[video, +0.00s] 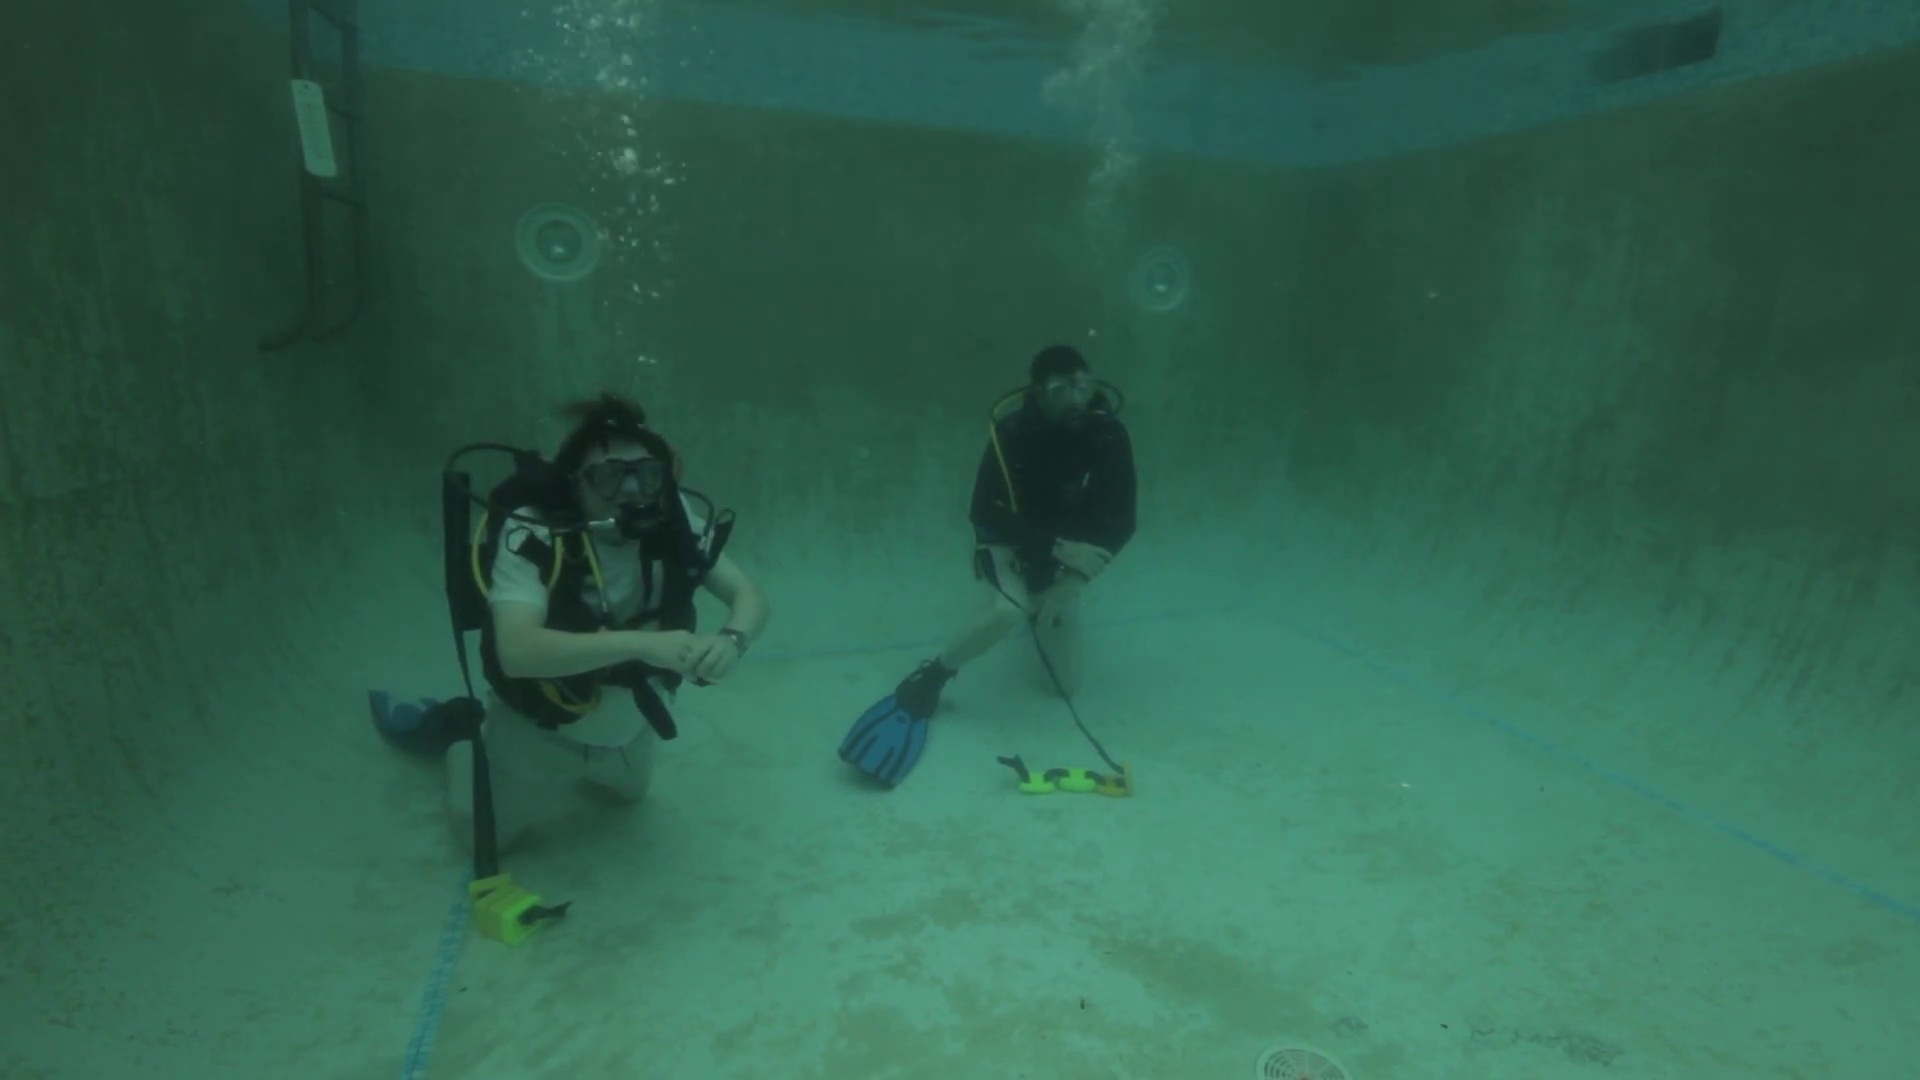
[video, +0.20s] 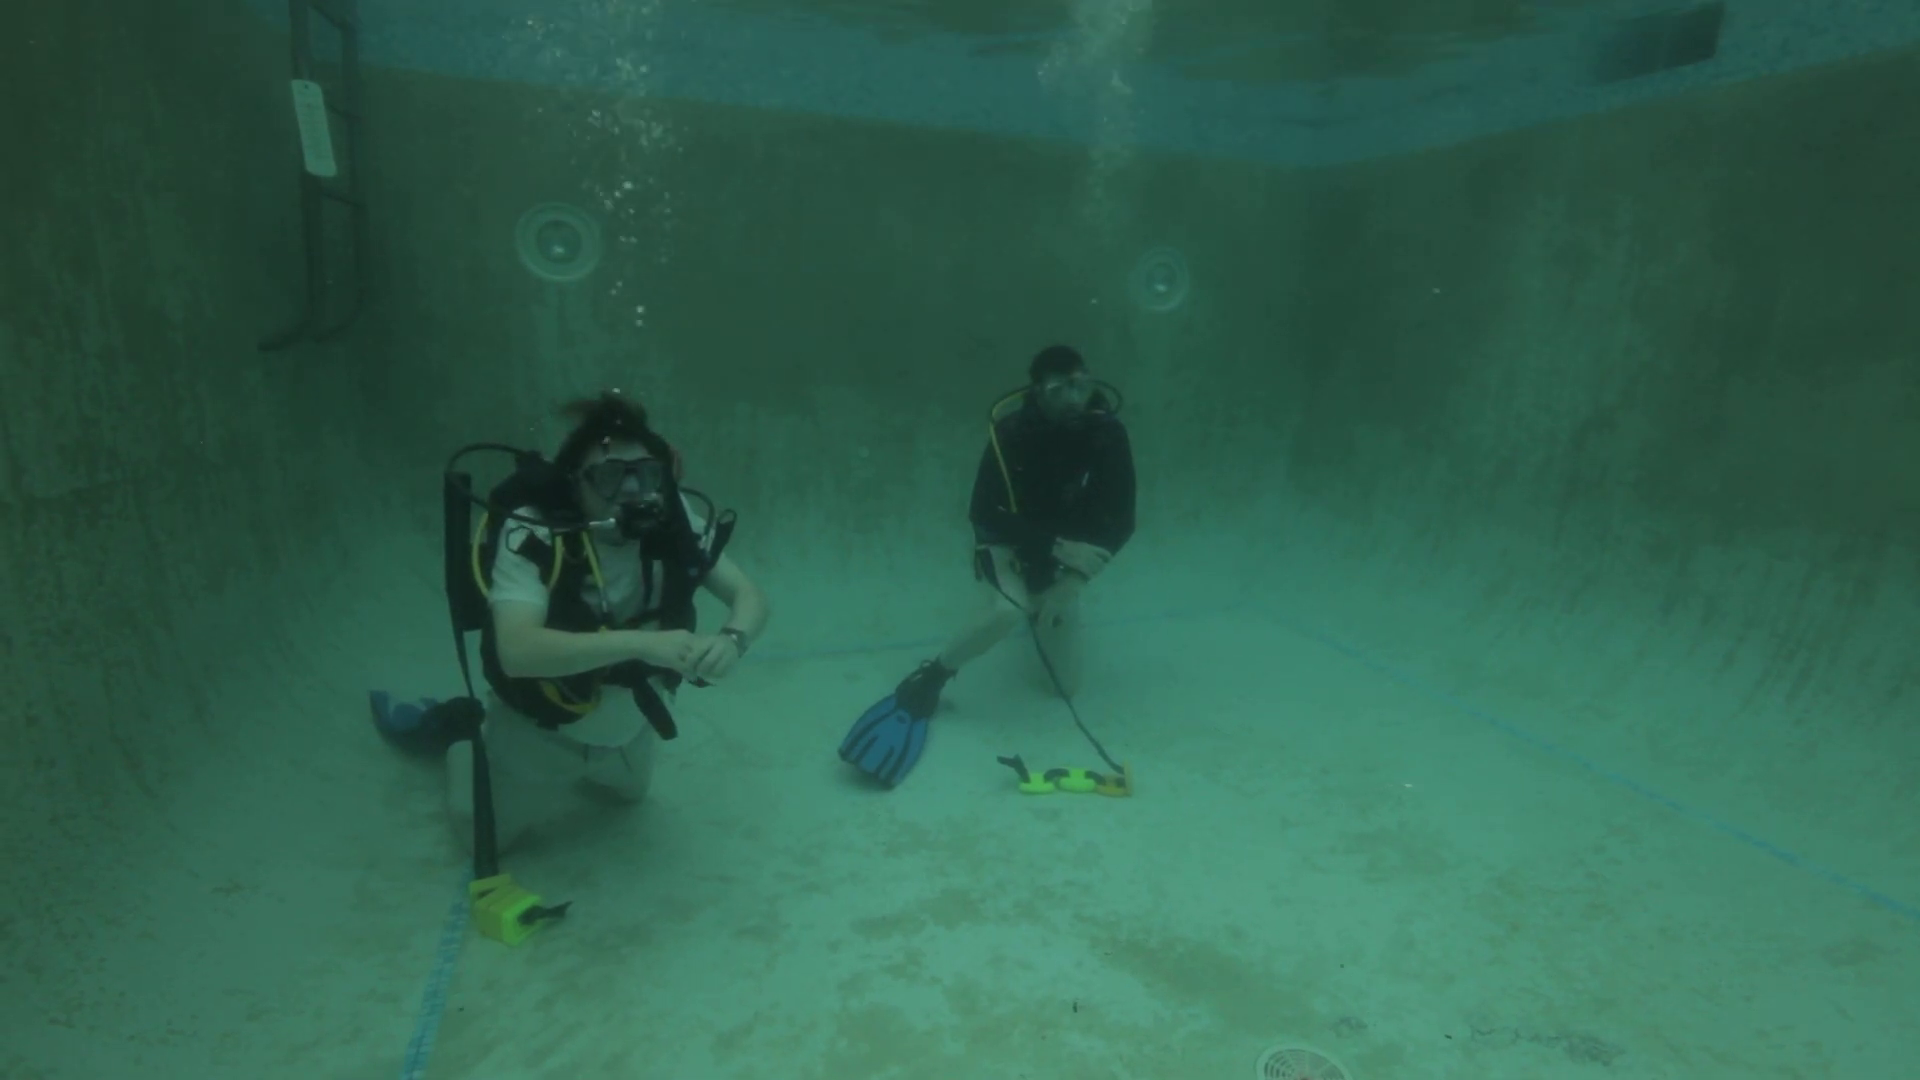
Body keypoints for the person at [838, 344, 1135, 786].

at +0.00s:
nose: (1079, 395)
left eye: (1083, 383)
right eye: (1067, 386)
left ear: (1092, 384)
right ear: (1041, 391)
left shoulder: (1107, 431)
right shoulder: (1015, 431)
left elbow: (1121, 518)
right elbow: (987, 512)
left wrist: (1070, 584)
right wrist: (1058, 546)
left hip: (1067, 550)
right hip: (1009, 542)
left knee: (1067, 681)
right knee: (1009, 612)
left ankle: (1048, 612)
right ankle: (929, 679)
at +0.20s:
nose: (1074, 397)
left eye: (1079, 385)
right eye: (1062, 388)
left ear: (1089, 385)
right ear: (1039, 392)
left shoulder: (1106, 431)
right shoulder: (1014, 431)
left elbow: (1120, 518)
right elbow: (987, 513)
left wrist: (1069, 585)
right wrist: (1058, 546)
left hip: (1067, 552)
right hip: (1009, 544)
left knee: (1067, 681)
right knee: (1009, 611)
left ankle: (1048, 609)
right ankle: (930, 679)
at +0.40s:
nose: (1073, 397)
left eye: (1078, 385)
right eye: (1061, 388)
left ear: (1089, 385)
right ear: (1038, 391)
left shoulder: (1106, 431)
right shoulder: (1012, 429)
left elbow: (1119, 518)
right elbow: (988, 514)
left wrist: (1068, 586)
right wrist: (1058, 545)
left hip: (1065, 550)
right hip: (1009, 542)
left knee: (1066, 681)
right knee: (1008, 610)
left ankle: (1049, 609)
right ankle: (931, 678)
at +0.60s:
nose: (1071, 397)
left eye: (1077, 384)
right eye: (1059, 387)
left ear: (1087, 385)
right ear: (1036, 390)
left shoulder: (1104, 430)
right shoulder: (1012, 429)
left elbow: (1118, 516)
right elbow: (989, 512)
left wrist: (1069, 581)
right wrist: (1056, 546)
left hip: (1067, 548)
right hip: (1007, 541)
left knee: (1066, 681)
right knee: (1007, 610)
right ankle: (928, 680)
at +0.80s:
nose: (1072, 396)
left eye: (1078, 384)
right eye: (1061, 386)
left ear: (1088, 386)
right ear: (1035, 389)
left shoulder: (1103, 430)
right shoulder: (1010, 430)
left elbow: (1117, 517)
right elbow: (987, 513)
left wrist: (1068, 583)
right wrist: (1058, 545)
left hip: (1067, 548)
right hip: (1007, 541)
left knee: (1066, 681)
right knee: (1008, 610)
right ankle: (929, 679)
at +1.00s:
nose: (1070, 396)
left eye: (1076, 384)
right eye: (1058, 386)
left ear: (1086, 386)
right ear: (1033, 389)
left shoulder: (1102, 431)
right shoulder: (1009, 429)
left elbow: (1116, 516)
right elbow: (986, 512)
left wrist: (1068, 582)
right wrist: (1056, 545)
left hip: (1067, 550)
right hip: (1008, 543)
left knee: (1065, 681)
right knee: (1008, 610)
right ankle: (929, 680)